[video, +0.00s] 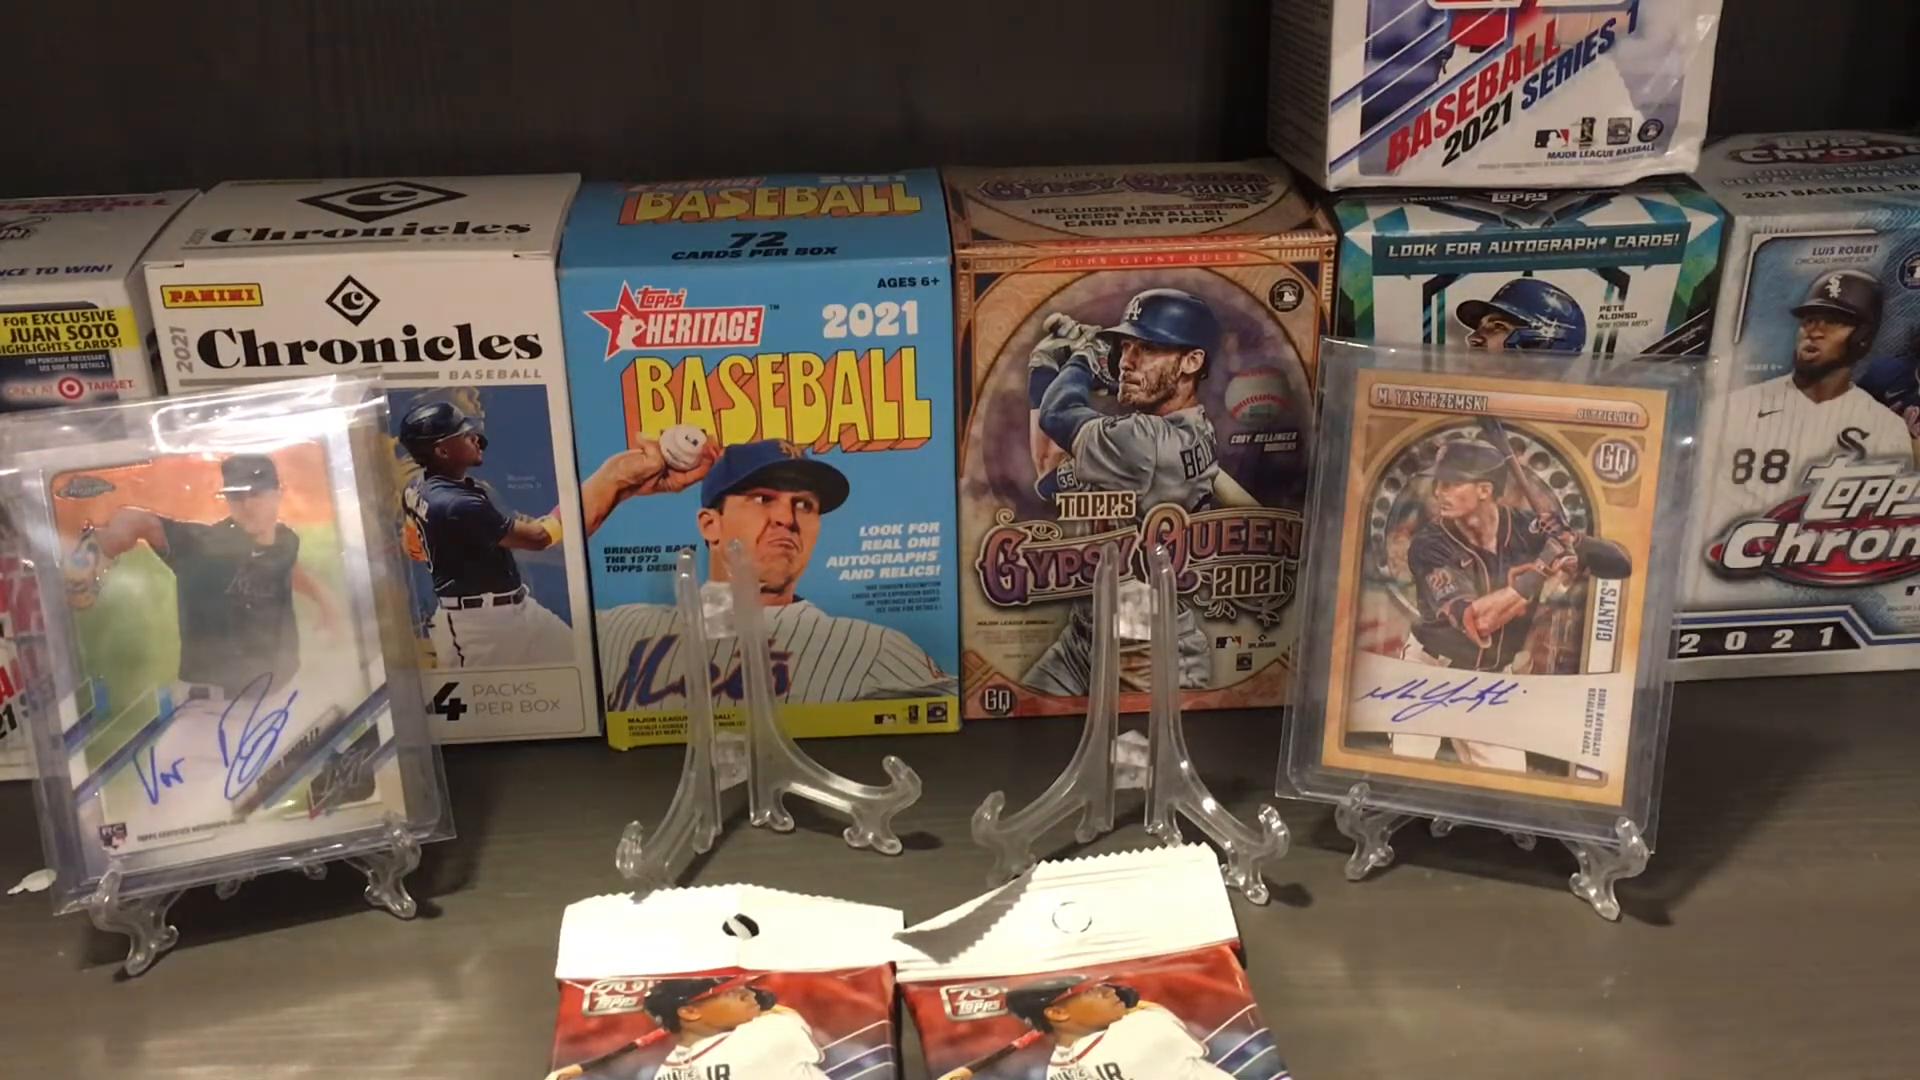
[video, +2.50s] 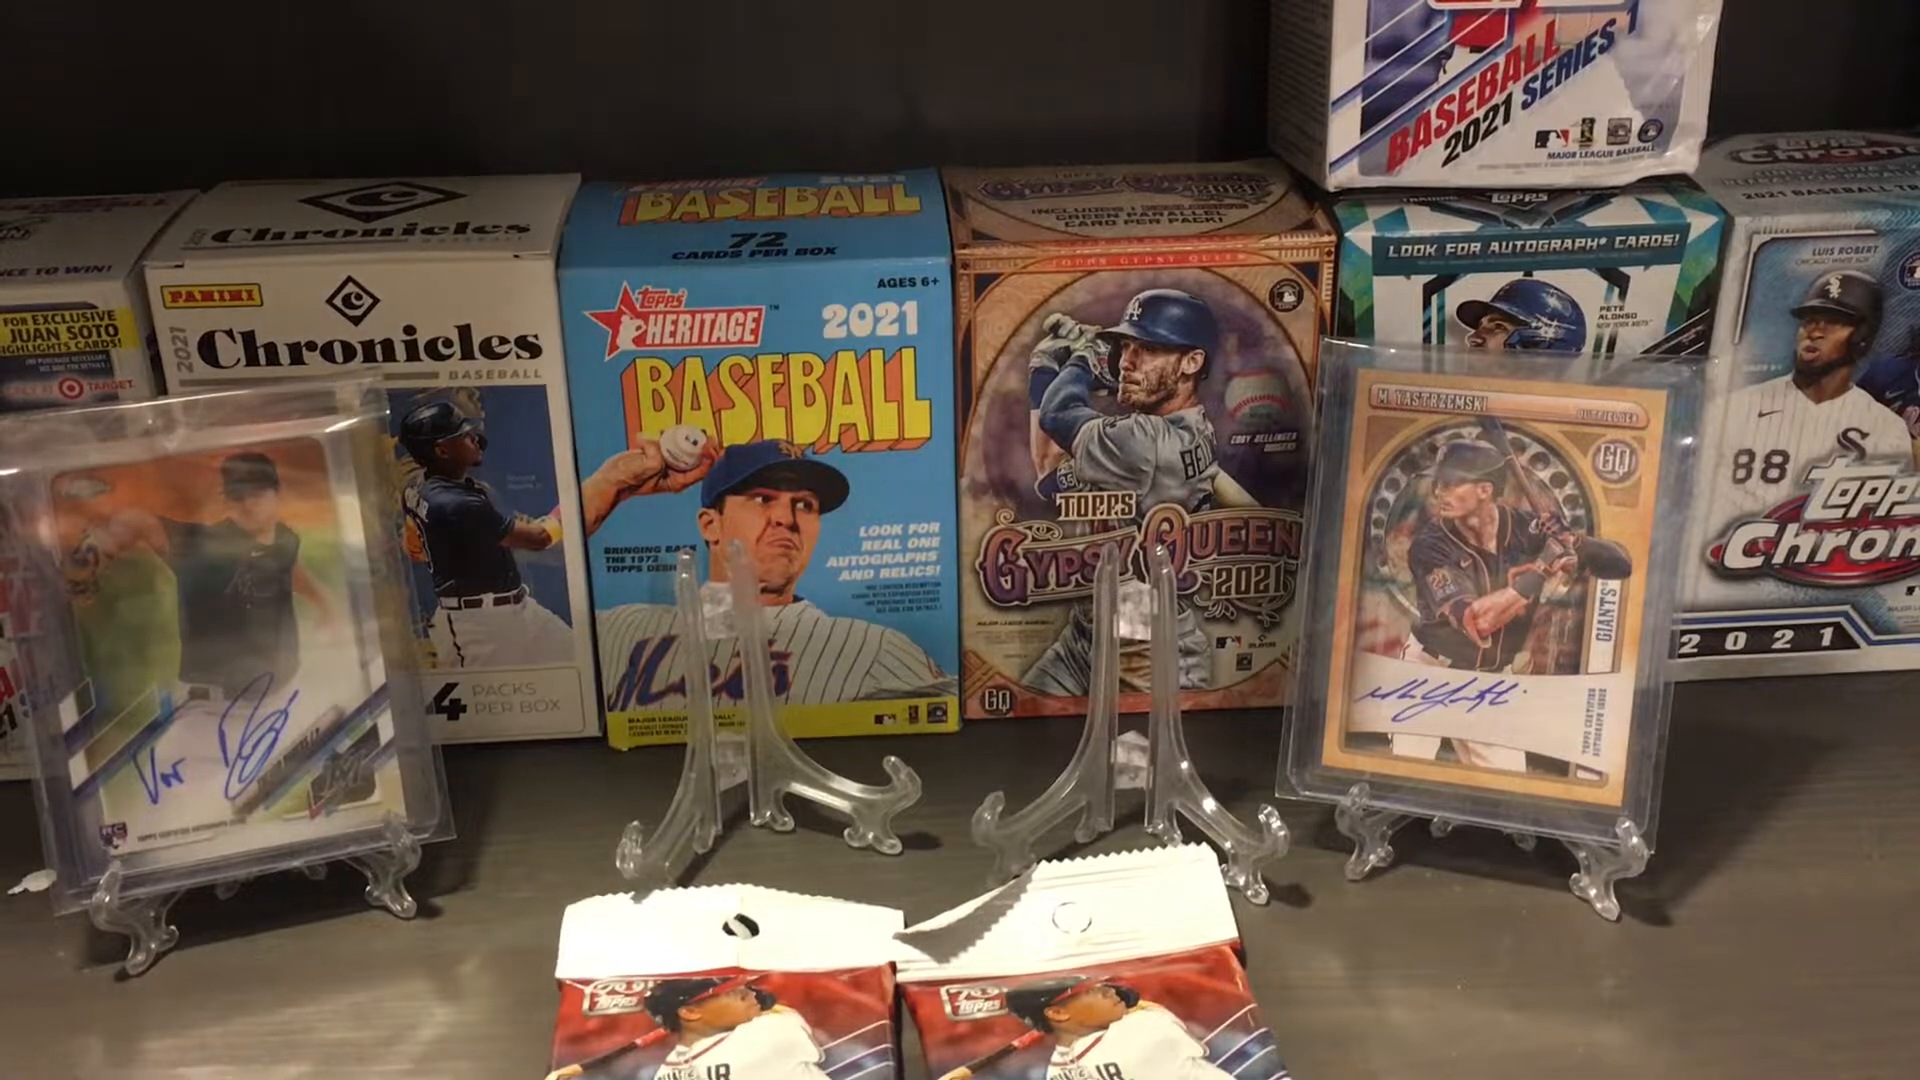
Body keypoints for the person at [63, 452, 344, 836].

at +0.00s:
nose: (248, 505)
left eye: (258, 492)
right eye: (237, 496)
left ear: (278, 495)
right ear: (227, 501)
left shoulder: (287, 542)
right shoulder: (198, 543)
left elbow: (288, 571)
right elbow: (135, 517)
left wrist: (323, 600)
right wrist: (105, 546)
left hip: (278, 702)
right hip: (210, 708)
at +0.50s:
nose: (247, 506)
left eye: (256, 494)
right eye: (236, 497)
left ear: (277, 495)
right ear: (226, 500)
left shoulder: (286, 542)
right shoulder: (198, 543)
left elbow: (287, 571)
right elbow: (134, 518)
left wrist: (325, 602)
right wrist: (99, 552)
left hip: (278, 702)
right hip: (211, 707)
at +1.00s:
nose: (247, 505)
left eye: (256, 493)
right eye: (236, 497)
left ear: (278, 495)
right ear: (226, 501)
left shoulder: (286, 543)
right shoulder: (200, 544)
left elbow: (287, 571)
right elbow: (134, 521)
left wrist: (324, 602)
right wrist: (101, 548)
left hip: (276, 697)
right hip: (214, 703)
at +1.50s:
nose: (254, 507)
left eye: (260, 496)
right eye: (244, 498)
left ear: (277, 495)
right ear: (231, 501)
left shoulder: (285, 542)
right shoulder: (199, 543)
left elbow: (291, 569)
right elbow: (138, 521)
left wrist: (323, 600)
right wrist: (106, 542)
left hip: (276, 694)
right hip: (214, 699)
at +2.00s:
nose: (250, 507)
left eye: (258, 496)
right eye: (239, 499)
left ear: (276, 495)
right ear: (228, 501)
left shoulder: (286, 541)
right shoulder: (202, 542)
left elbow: (292, 570)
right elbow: (141, 524)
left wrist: (322, 601)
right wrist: (104, 543)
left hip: (275, 683)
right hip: (215, 689)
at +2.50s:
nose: (249, 506)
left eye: (258, 496)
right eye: (239, 498)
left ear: (276, 495)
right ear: (228, 502)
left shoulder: (286, 541)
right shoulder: (202, 542)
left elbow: (291, 570)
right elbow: (144, 524)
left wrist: (322, 602)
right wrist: (110, 536)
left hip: (275, 685)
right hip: (215, 691)